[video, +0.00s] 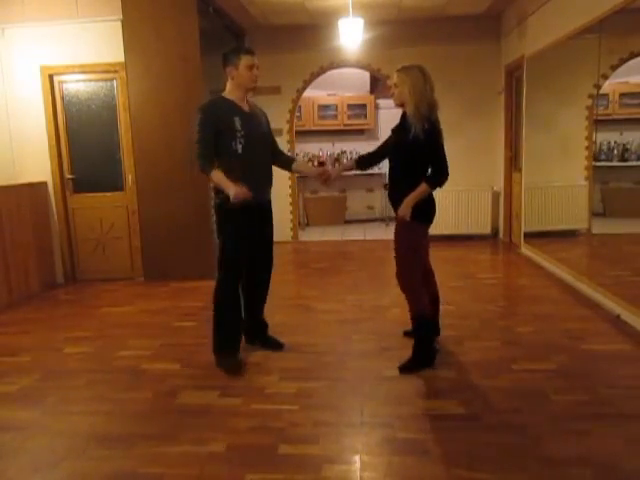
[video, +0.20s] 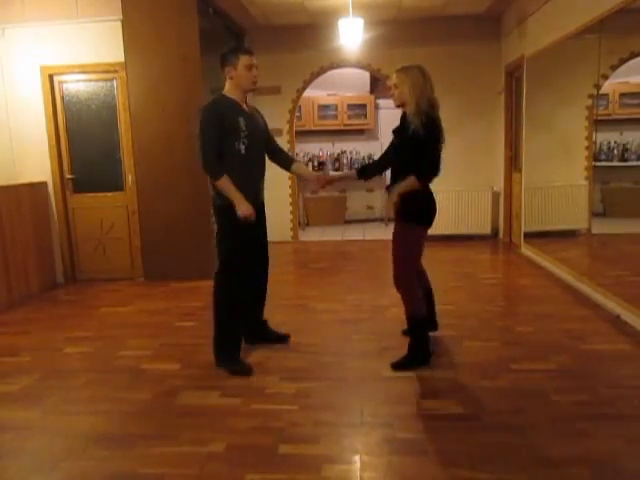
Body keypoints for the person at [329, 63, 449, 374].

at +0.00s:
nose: (392, 90)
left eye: (397, 85)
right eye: (393, 85)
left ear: (413, 88)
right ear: (411, 89)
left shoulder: (424, 123)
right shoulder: (407, 122)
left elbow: (439, 173)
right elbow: (378, 154)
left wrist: (410, 201)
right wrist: (340, 168)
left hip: (415, 211)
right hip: (410, 209)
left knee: (408, 275)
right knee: (419, 269)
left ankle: (424, 349)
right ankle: (429, 325)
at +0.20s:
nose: (391, 92)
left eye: (396, 87)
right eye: (392, 87)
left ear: (411, 88)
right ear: (409, 90)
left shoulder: (424, 122)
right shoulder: (409, 123)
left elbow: (430, 169)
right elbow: (381, 164)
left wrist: (399, 189)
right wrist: (338, 178)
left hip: (415, 204)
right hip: (412, 202)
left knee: (404, 277)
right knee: (412, 268)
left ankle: (419, 347)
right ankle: (426, 321)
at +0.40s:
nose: (392, 96)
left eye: (398, 91)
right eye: (392, 91)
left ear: (414, 93)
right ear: (403, 94)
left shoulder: (419, 124)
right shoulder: (404, 124)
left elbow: (415, 163)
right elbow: (378, 161)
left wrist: (386, 150)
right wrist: (334, 164)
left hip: (410, 210)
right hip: (401, 208)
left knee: (409, 275)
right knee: (400, 269)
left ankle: (422, 352)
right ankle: (407, 320)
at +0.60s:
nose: (390, 100)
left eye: (396, 95)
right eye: (387, 95)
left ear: (409, 98)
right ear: (386, 98)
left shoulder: (414, 125)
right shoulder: (394, 129)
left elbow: (443, 145)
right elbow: (375, 162)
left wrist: (412, 168)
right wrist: (337, 162)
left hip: (407, 210)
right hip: (395, 208)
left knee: (409, 275)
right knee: (401, 270)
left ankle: (420, 351)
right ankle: (408, 320)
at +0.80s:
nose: (389, 98)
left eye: (396, 92)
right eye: (386, 92)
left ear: (408, 96)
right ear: (381, 96)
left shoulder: (415, 127)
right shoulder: (388, 129)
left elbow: (448, 156)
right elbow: (370, 162)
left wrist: (422, 183)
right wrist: (337, 169)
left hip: (414, 209)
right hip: (400, 209)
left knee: (418, 277)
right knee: (410, 272)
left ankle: (421, 351)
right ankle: (411, 320)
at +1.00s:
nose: (392, 97)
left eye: (398, 92)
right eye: (387, 92)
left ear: (410, 94)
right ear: (382, 96)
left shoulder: (418, 129)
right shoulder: (386, 128)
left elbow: (447, 168)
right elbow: (362, 160)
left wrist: (433, 201)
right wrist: (330, 173)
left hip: (420, 212)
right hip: (405, 212)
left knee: (421, 278)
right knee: (412, 270)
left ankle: (422, 349)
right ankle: (410, 320)